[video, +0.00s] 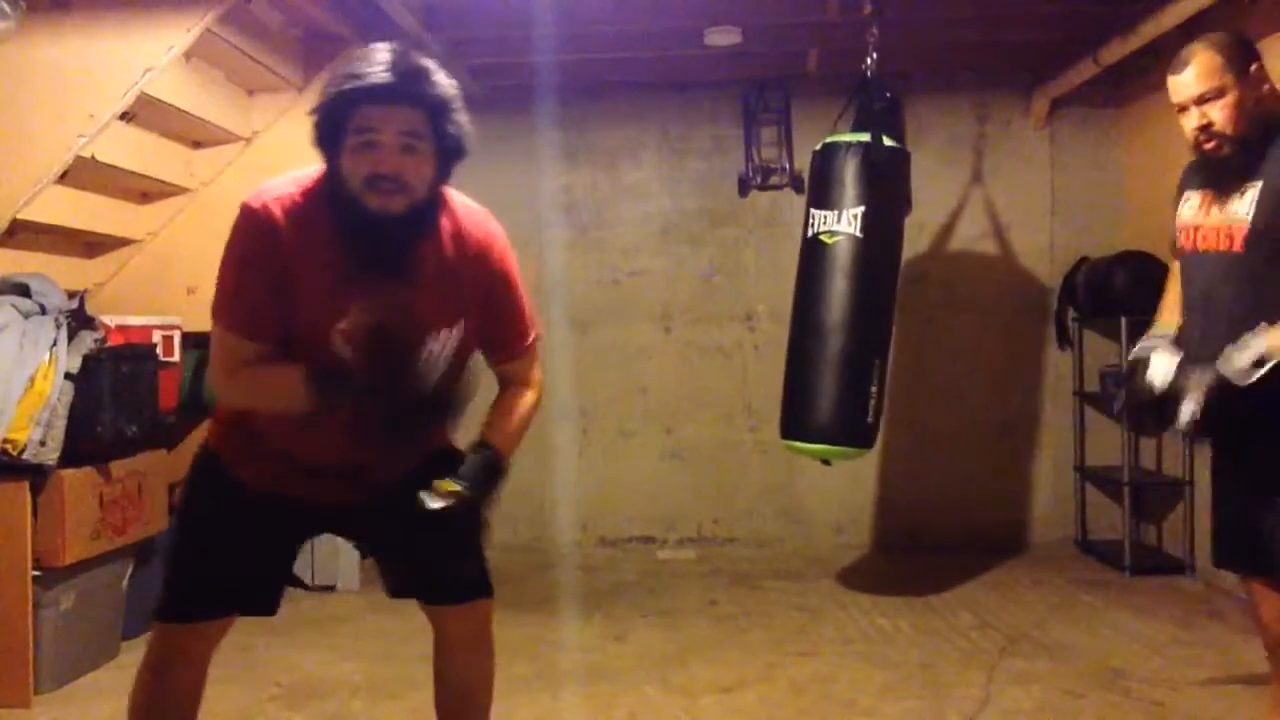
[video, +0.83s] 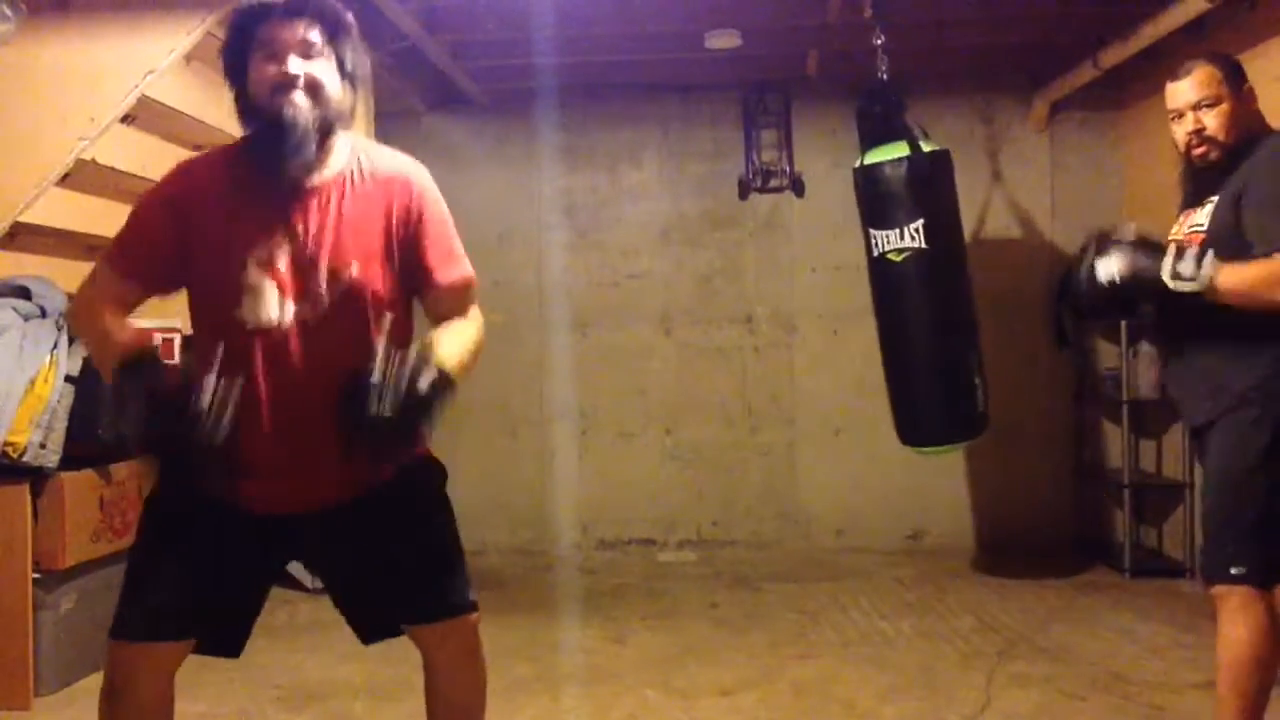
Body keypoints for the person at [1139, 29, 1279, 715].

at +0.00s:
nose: (1197, 123)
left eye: (1210, 99)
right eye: (1183, 109)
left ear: (1258, 84)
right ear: (1173, 111)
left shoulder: (1277, 166)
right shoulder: (1196, 176)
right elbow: (1184, 273)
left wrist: (1275, 337)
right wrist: (1163, 338)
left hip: (1279, 412)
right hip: (1236, 411)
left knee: (1271, 580)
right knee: (1259, 573)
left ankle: (1275, 689)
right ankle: (1274, 686)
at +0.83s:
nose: (1190, 127)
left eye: (1204, 107)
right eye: (1177, 116)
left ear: (1245, 100)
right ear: (1170, 122)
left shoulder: (1267, 166)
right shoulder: (1205, 186)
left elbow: (1275, 280)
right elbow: (1204, 281)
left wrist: (1193, 273)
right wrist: (1144, 281)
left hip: (1254, 407)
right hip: (1224, 408)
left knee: (1236, 584)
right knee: (1247, 582)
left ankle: (1237, 714)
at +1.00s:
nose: (1174, 129)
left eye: (1188, 108)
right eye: (1160, 117)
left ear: (1230, 98)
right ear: (1151, 122)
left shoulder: (1258, 164)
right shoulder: (1199, 184)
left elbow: (1256, 288)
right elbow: (1182, 305)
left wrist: (1166, 248)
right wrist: (1128, 270)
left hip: (1249, 421)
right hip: (1218, 422)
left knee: (1241, 605)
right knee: (1245, 601)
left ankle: (1236, 716)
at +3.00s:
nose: (1231, 115)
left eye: (1245, 95)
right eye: (1225, 102)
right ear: (1223, 110)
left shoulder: (1273, 195)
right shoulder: (1250, 196)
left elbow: (1279, 278)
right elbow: (1218, 288)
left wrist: (1225, 242)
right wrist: (1171, 253)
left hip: (1264, 424)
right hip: (1241, 423)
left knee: (1238, 605)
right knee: (1243, 603)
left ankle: (1226, 712)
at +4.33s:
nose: (1189, 94)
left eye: (1204, 74)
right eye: (1188, 78)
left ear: (1266, 67)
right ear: (1257, 72)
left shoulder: (1263, 148)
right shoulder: (1243, 150)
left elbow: (1145, 213)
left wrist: (1004, 218)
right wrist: (1016, 221)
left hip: (1261, 414)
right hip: (1241, 411)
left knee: (1146, 580)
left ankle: (1157, 712)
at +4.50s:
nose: (1169, 92)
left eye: (1184, 71)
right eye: (1169, 75)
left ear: (1247, 66)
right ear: (1243, 71)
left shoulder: (1257, 145)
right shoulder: (1232, 146)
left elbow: (1119, 211)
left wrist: (975, 199)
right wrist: (1144, 287)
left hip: (1254, 415)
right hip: (1230, 413)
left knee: (1173, 604)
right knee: (1179, 605)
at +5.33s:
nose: (1122, 95)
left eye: (1134, 75)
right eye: (1121, 78)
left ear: (1199, 64)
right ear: (1197, 69)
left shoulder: (1233, 141)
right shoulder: (1217, 142)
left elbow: (1185, 297)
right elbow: (1181, 270)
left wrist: (1091, 260)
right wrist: (1134, 241)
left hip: (1224, 433)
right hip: (1214, 427)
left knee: (1156, 625)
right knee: (1164, 622)